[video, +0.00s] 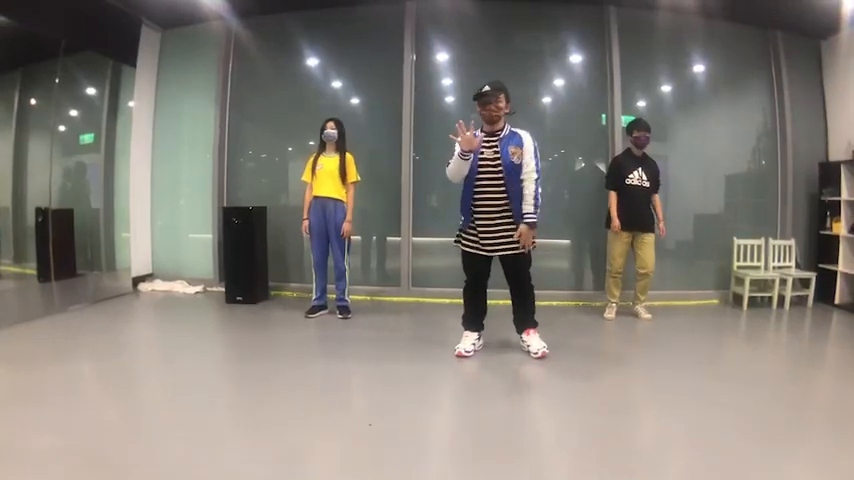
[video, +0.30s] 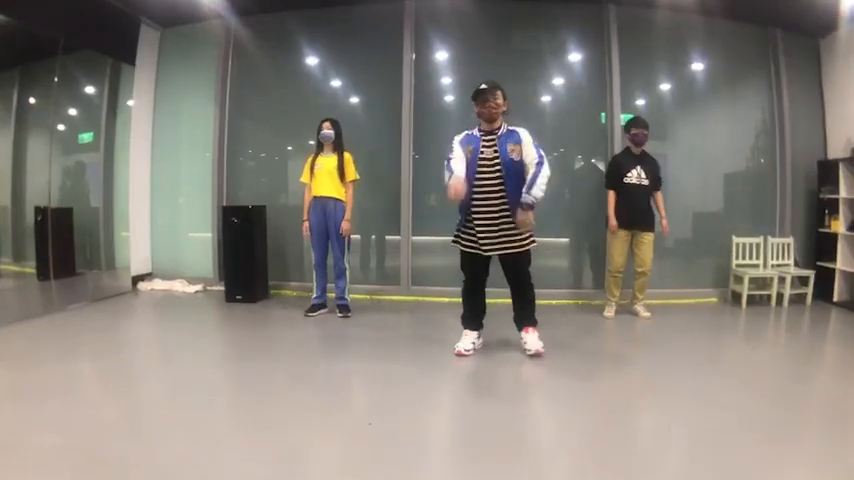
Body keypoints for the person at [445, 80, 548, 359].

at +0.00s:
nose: (491, 108)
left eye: (497, 103)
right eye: (486, 104)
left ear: (507, 106)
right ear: (478, 108)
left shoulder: (522, 139)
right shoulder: (468, 140)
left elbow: (530, 181)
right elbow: (454, 177)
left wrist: (528, 222)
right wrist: (465, 153)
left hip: (510, 225)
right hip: (475, 226)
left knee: (521, 281)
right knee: (474, 281)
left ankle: (528, 331)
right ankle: (472, 332)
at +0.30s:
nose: (491, 105)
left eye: (495, 100)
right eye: (485, 101)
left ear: (505, 104)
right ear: (476, 107)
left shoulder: (519, 136)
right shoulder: (463, 140)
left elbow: (540, 168)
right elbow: (455, 163)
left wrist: (527, 202)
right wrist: (456, 179)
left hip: (511, 222)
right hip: (474, 225)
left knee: (520, 278)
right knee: (473, 280)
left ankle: (528, 330)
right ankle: (471, 331)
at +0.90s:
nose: (530, 109)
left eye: (534, 103)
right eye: (523, 104)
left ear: (543, 105)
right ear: (513, 108)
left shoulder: (554, 141)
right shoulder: (498, 140)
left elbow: (557, 172)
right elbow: (484, 169)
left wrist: (544, 194)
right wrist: (481, 189)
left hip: (536, 223)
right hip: (499, 219)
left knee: (536, 280)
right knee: (484, 270)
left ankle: (535, 332)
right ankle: (482, 318)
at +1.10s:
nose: (520, 108)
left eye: (526, 102)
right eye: (514, 103)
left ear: (536, 106)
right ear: (506, 107)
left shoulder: (547, 140)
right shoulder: (497, 140)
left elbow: (556, 183)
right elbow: (483, 182)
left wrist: (556, 225)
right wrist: (485, 167)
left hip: (531, 225)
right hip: (497, 221)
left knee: (535, 281)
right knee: (481, 268)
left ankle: (535, 333)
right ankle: (482, 322)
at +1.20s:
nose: (516, 109)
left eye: (521, 103)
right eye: (510, 105)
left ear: (531, 106)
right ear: (502, 109)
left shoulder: (545, 141)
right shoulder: (492, 142)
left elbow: (559, 183)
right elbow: (479, 185)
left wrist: (558, 225)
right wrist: (481, 169)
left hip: (530, 228)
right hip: (495, 227)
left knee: (535, 283)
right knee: (487, 280)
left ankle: (536, 334)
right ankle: (479, 332)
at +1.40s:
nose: (506, 108)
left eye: (511, 102)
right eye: (500, 103)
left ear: (520, 108)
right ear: (490, 109)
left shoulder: (534, 141)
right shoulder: (473, 145)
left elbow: (562, 167)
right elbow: (464, 178)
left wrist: (568, 207)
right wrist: (443, 172)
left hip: (524, 227)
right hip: (485, 228)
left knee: (532, 283)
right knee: (482, 285)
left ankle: (537, 336)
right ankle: (479, 337)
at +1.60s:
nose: (506, 109)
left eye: (510, 104)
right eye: (499, 105)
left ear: (517, 108)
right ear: (487, 110)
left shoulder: (529, 144)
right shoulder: (473, 144)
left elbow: (543, 175)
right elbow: (463, 172)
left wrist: (569, 190)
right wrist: (447, 182)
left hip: (522, 227)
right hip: (484, 229)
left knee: (536, 281)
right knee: (481, 285)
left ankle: (540, 336)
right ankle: (480, 338)